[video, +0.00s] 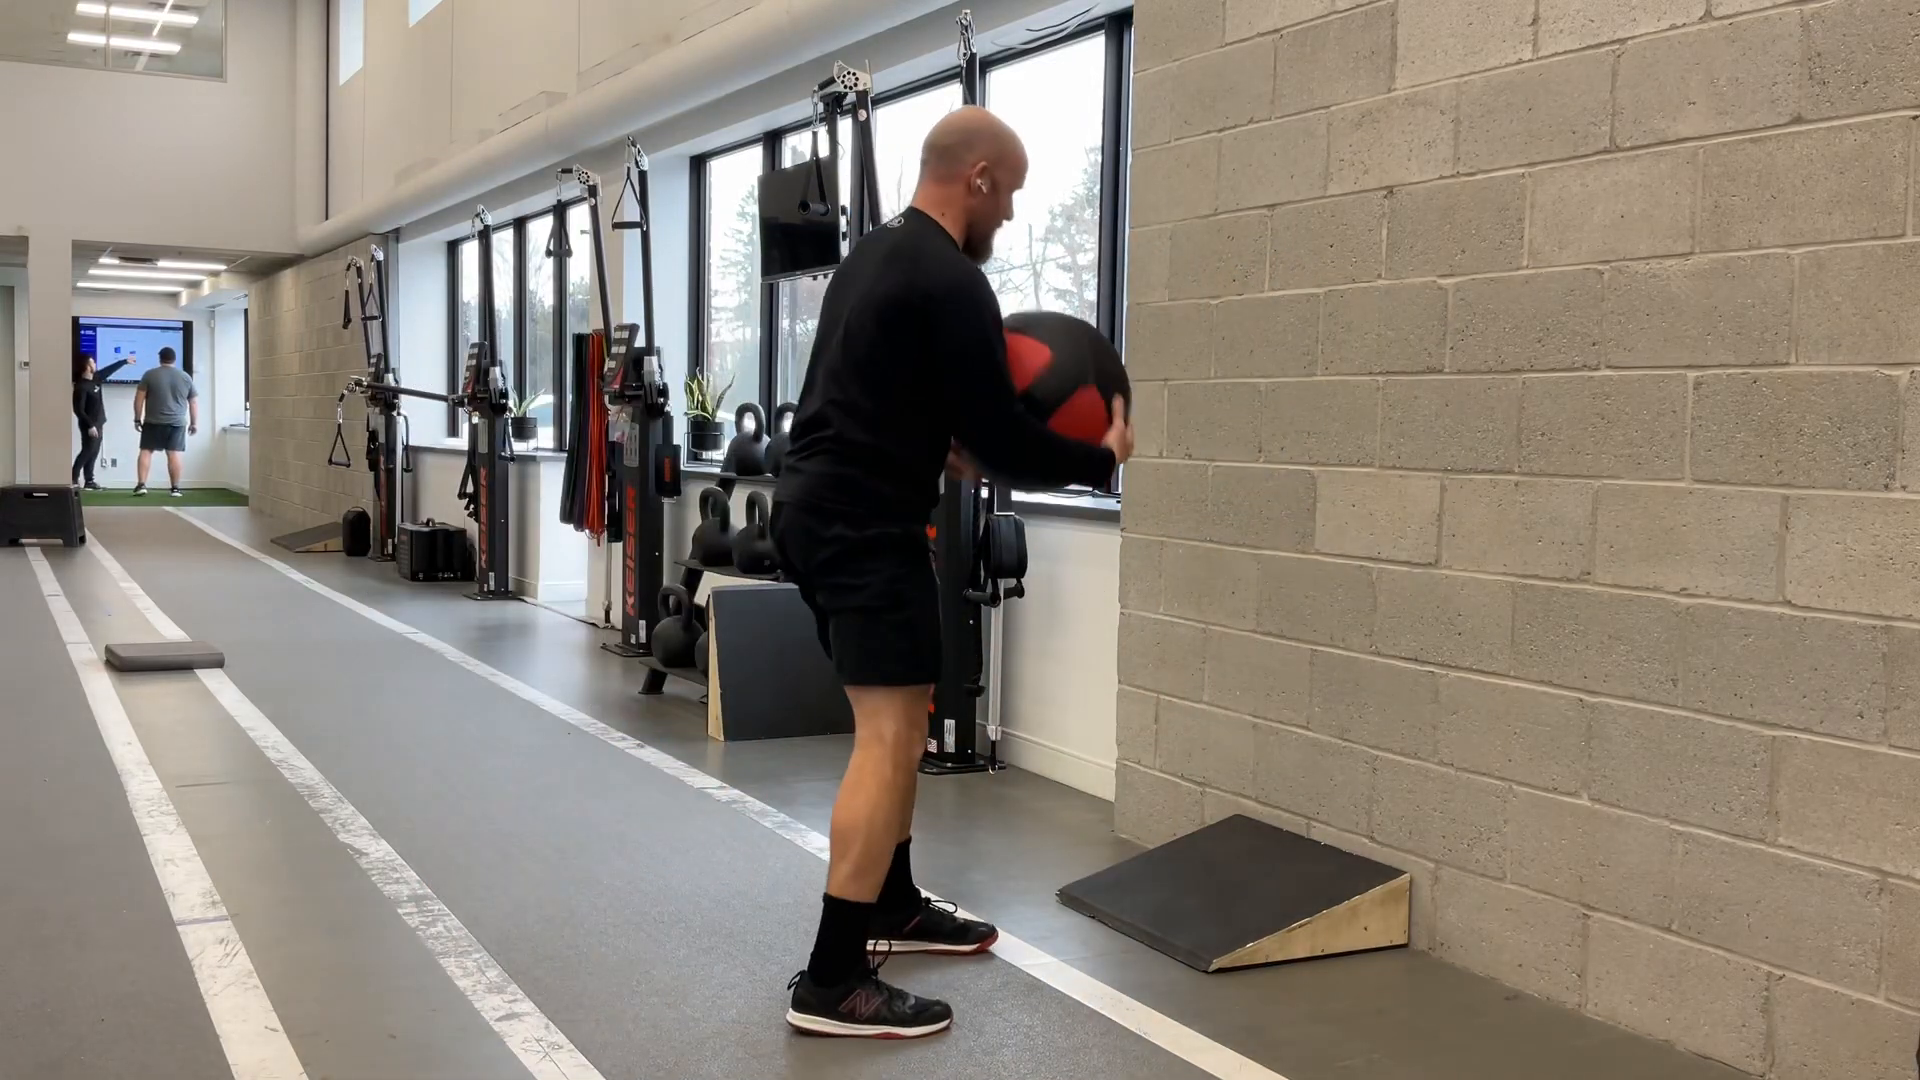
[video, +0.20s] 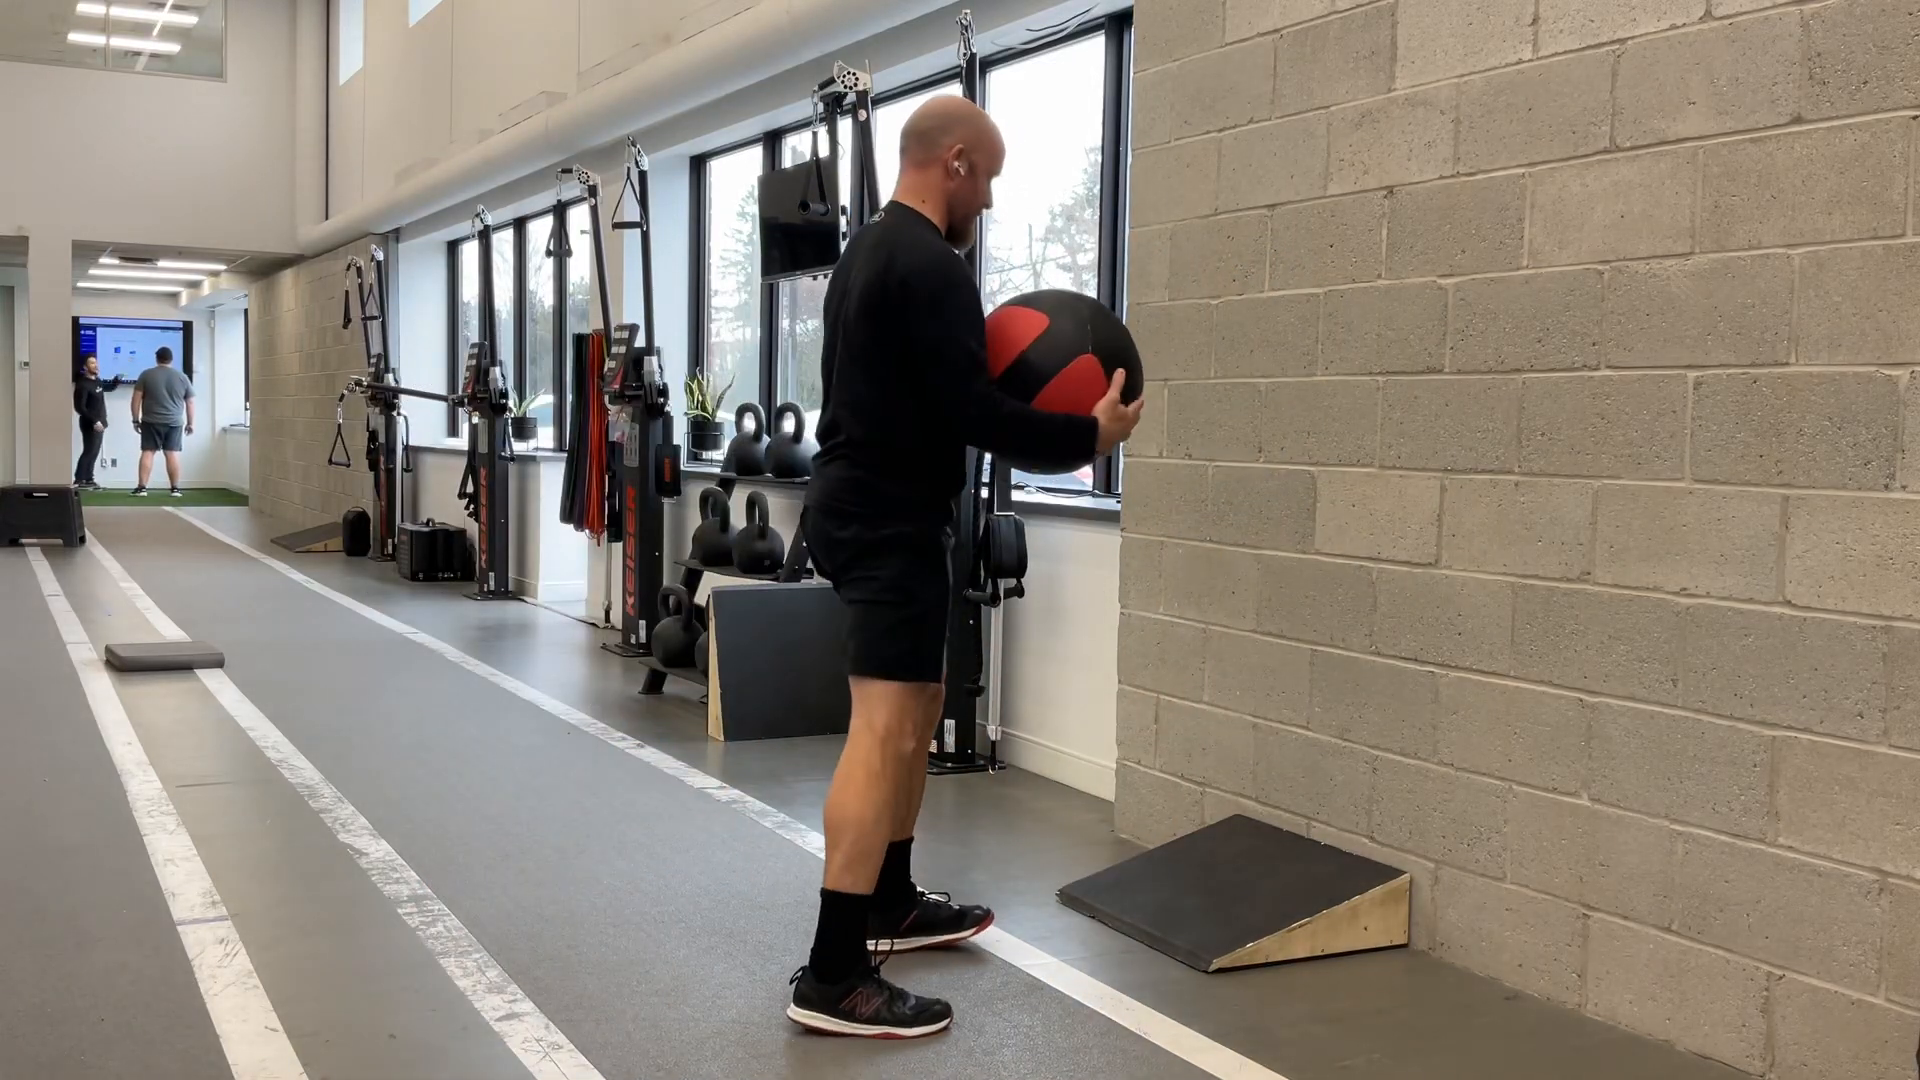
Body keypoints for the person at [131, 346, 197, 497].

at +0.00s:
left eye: (161, 358)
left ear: (159, 359)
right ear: (174, 359)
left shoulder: (150, 375)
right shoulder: (185, 377)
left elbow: (139, 397)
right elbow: (193, 402)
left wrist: (137, 418)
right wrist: (193, 423)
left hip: (153, 422)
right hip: (176, 423)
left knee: (146, 451)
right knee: (174, 454)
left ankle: (141, 484)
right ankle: (175, 488)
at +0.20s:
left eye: (158, 358)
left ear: (156, 359)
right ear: (171, 359)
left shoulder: (146, 375)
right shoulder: (181, 377)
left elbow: (136, 397)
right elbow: (190, 402)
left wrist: (135, 419)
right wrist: (190, 423)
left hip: (151, 422)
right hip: (173, 423)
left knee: (147, 452)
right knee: (172, 454)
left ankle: (142, 486)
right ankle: (174, 488)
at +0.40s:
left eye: (152, 357)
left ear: (150, 358)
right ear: (164, 359)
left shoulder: (140, 375)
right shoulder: (175, 376)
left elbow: (130, 397)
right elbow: (183, 401)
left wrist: (129, 419)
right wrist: (183, 423)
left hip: (146, 422)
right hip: (168, 423)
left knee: (145, 452)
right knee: (168, 454)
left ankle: (141, 487)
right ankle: (174, 487)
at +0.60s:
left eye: (145, 357)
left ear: (143, 358)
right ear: (157, 358)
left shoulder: (133, 375)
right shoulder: (168, 376)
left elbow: (123, 398)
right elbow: (177, 401)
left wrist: (122, 419)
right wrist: (176, 423)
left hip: (140, 422)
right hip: (162, 423)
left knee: (142, 453)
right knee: (166, 455)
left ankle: (141, 487)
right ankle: (174, 487)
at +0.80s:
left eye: (141, 357)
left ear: (138, 358)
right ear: (152, 358)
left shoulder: (128, 375)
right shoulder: (163, 376)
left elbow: (118, 399)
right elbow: (172, 401)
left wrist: (117, 420)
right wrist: (171, 422)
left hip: (135, 422)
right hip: (157, 422)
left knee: (140, 452)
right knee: (162, 454)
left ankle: (141, 487)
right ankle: (172, 486)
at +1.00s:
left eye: (135, 357)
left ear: (134, 358)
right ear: (149, 358)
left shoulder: (125, 375)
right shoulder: (160, 375)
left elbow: (115, 398)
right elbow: (171, 400)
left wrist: (114, 420)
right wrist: (171, 421)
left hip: (133, 422)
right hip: (155, 422)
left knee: (138, 452)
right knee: (158, 453)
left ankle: (141, 487)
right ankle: (163, 486)